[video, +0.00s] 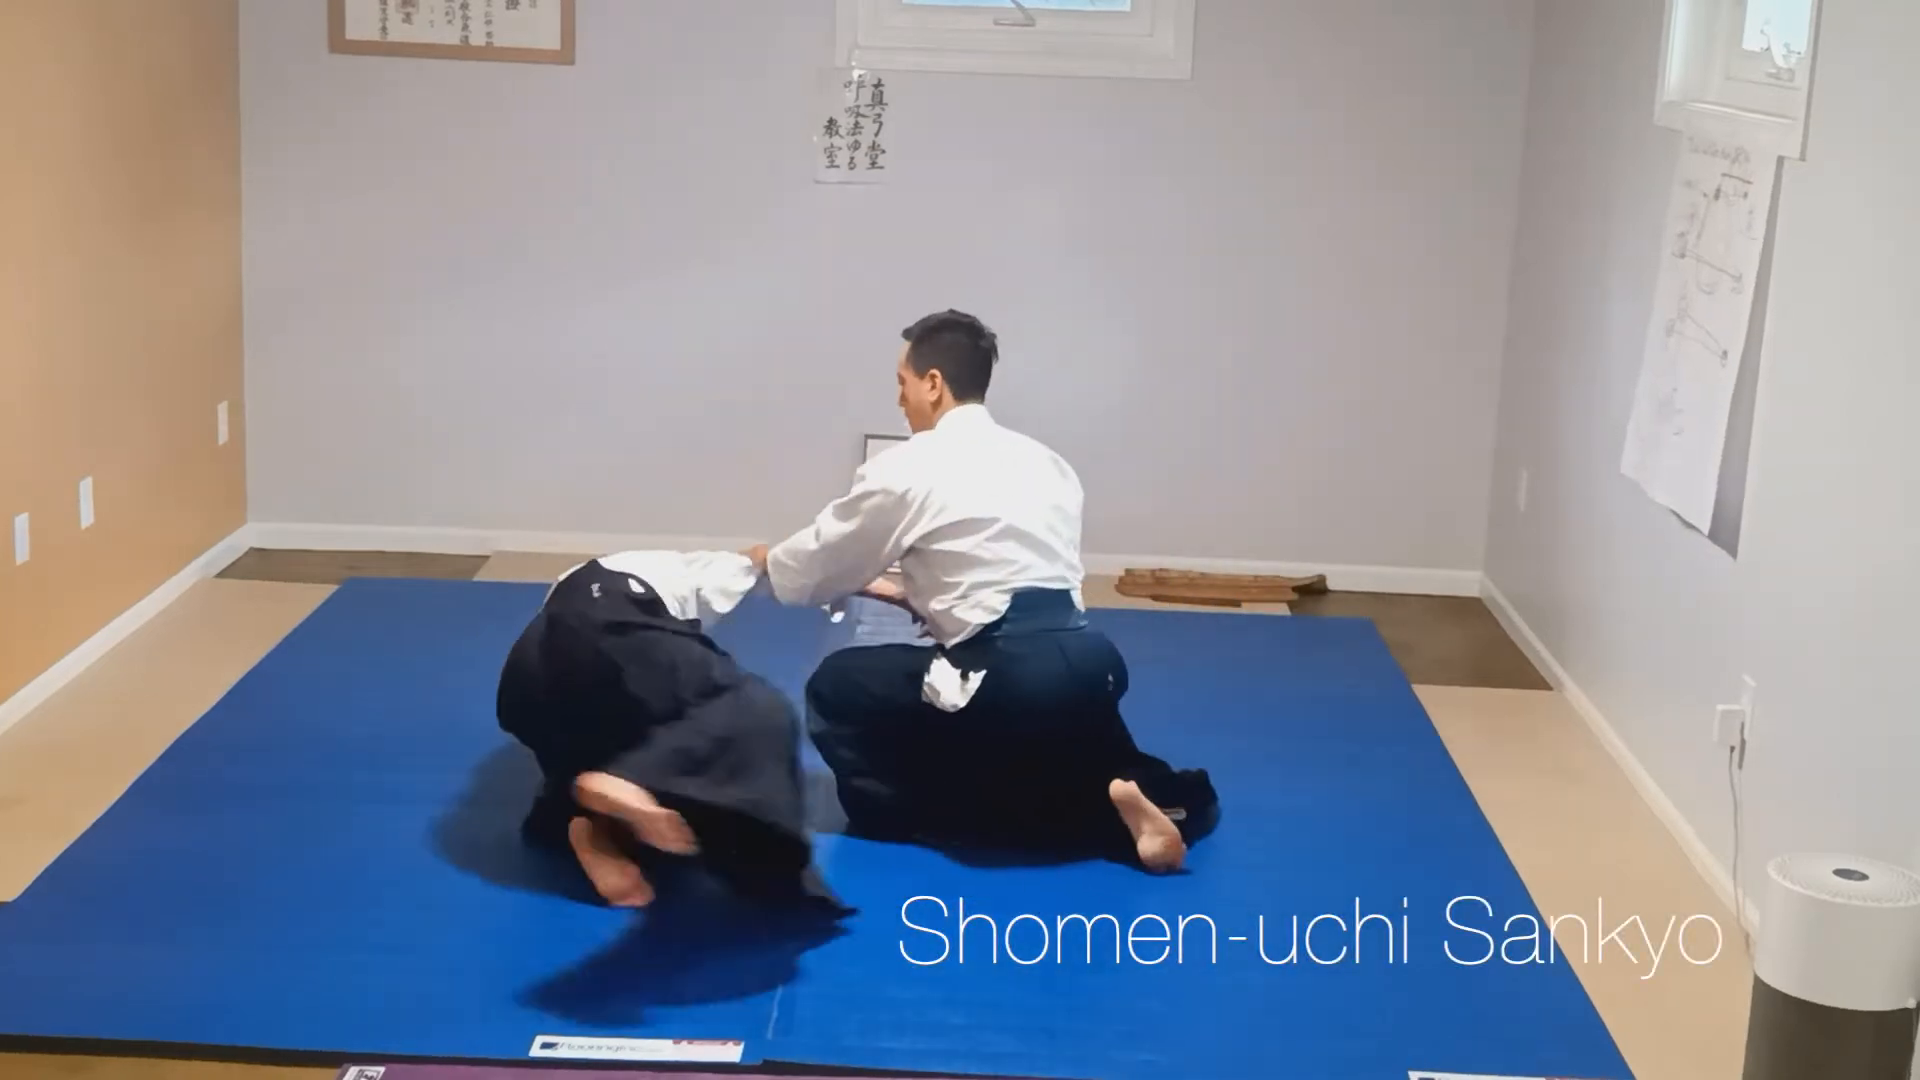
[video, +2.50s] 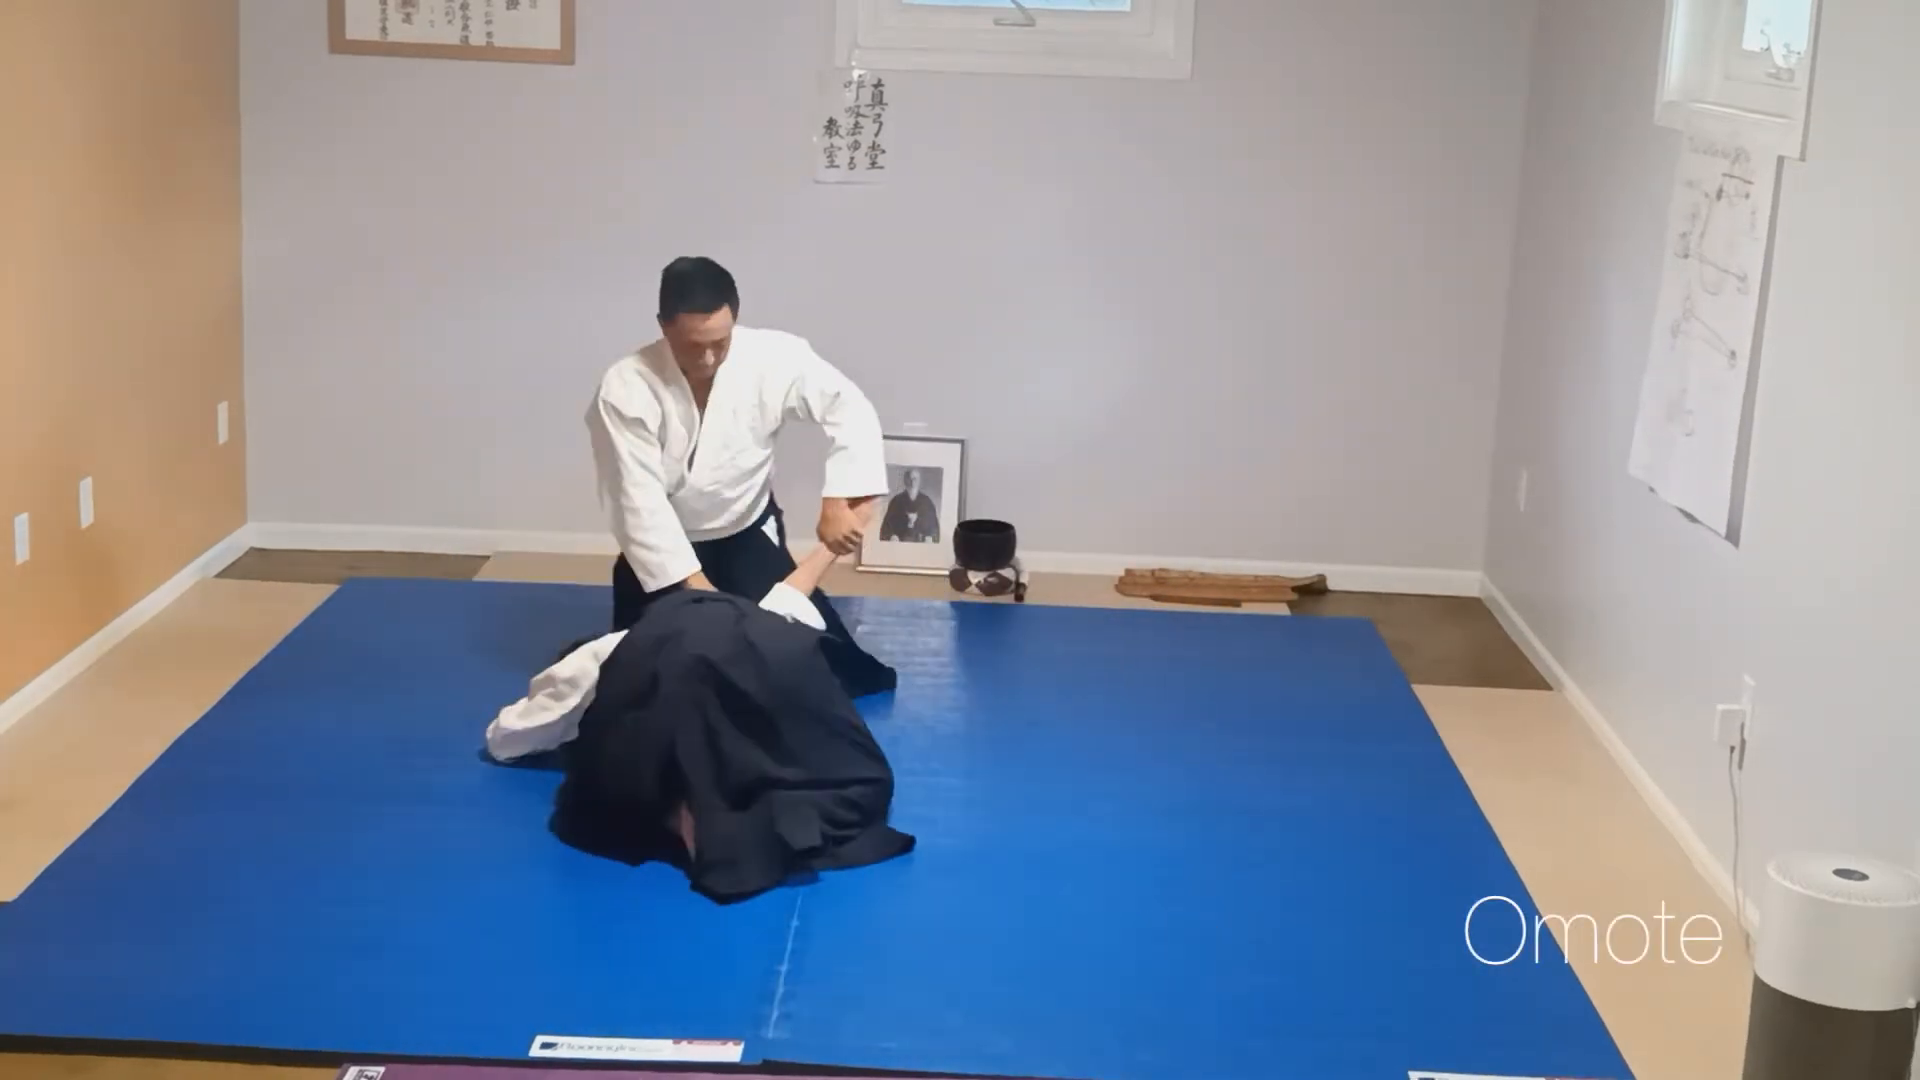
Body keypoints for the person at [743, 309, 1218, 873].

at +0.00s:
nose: (900, 398)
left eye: (903, 383)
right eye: (900, 383)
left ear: (933, 384)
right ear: (977, 387)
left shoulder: (907, 469)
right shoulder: (1051, 464)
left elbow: (809, 568)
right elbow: (1011, 586)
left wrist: (769, 561)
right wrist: (904, 590)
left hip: (997, 675)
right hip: (1089, 664)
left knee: (835, 684)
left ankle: (893, 807)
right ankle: (1151, 802)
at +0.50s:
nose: (869, 401)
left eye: (871, 386)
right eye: (871, 385)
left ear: (895, 385)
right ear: (947, 387)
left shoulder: (880, 473)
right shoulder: (1005, 466)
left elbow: (768, 529)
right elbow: (960, 557)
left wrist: (686, 511)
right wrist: (870, 564)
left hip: (966, 693)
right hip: (1060, 680)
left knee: (810, 705)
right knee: (1098, 766)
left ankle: (920, 810)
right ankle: (1135, 800)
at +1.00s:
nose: (815, 405)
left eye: (814, 389)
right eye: (814, 388)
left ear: (837, 384)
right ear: (886, 384)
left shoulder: (833, 475)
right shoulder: (935, 452)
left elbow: (732, 547)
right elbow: (821, 512)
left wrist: (657, 512)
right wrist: (722, 499)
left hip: (917, 689)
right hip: (1009, 679)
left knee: (781, 753)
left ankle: (883, 796)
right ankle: (1082, 809)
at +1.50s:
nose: (708, 372)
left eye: (703, 362)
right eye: (702, 363)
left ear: (723, 346)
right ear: (772, 327)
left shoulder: (733, 424)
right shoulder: (840, 383)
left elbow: (687, 518)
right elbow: (782, 446)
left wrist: (673, 455)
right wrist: (693, 419)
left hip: (848, 609)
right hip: (916, 573)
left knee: (770, 790)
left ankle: (896, 799)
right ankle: (934, 771)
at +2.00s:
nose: (699, 388)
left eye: (702, 372)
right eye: (691, 377)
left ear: (740, 347)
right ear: (740, 347)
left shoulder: (794, 404)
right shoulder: (744, 412)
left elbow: (811, 515)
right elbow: (708, 482)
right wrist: (666, 538)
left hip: (851, 602)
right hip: (799, 597)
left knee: (789, 737)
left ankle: (948, 746)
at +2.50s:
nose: (709, 358)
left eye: (720, 343)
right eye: (695, 346)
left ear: (733, 320)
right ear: (665, 329)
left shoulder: (776, 361)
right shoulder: (626, 389)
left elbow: (850, 411)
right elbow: (639, 504)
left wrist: (838, 502)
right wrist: (697, 589)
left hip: (749, 548)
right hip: (659, 557)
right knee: (654, 678)